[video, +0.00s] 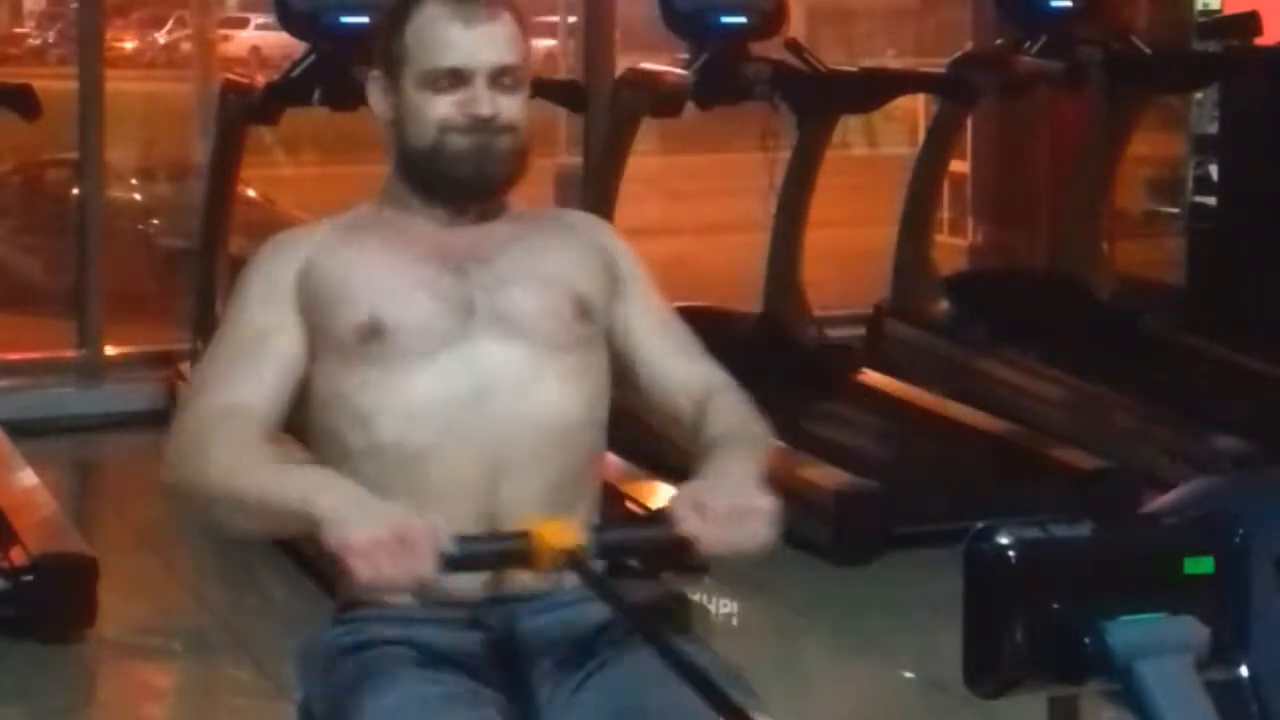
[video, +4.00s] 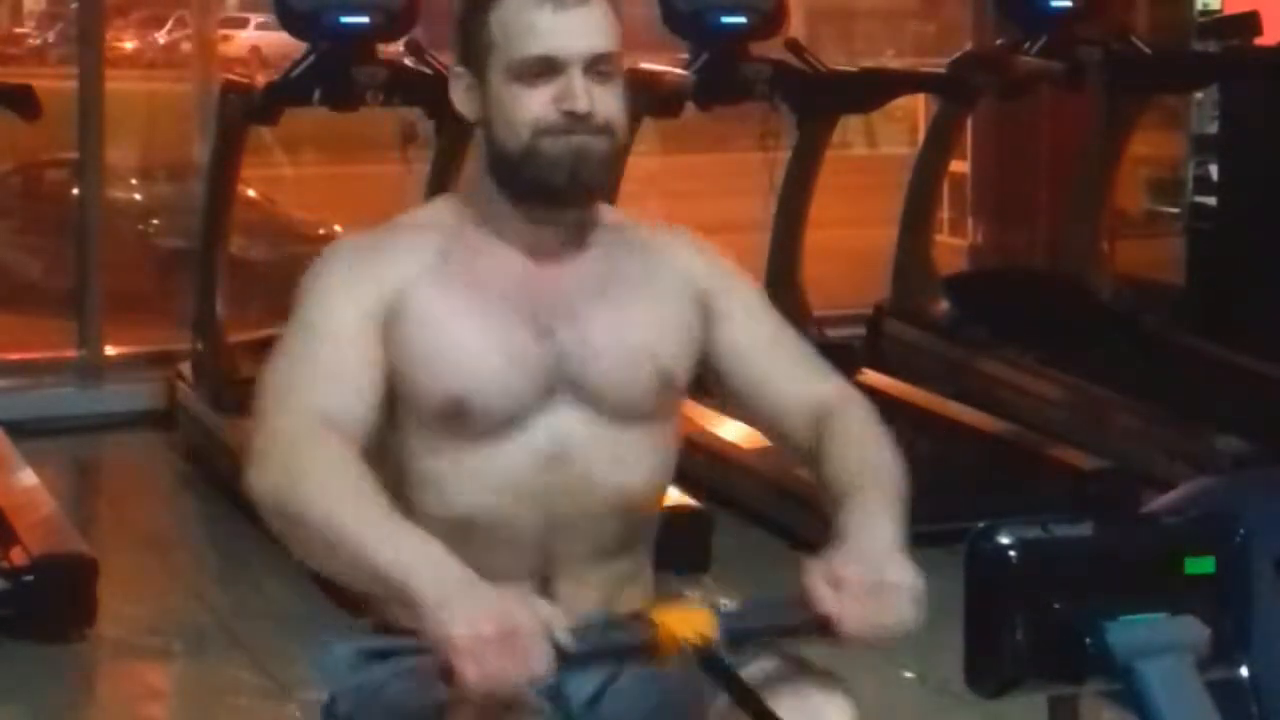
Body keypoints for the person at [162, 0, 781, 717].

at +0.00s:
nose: (485, 107)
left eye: (506, 83)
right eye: (449, 83)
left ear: (529, 98)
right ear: (383, 98)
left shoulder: (587, 251)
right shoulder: (305, 264)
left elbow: (713, 404)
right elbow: (205, 448)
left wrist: (733, 472)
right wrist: (337, 501)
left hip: (587, 621)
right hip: (400, 632)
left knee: (703, 706)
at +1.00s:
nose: (702, 165)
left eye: (726, 127)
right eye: (655, 131)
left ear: (754, 145)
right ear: (571, 151)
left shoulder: (821, 345)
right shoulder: (453, 364)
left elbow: (944, 523)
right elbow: (499, 586)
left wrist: (1059, 697)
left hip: (701, 674)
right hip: (510, 686)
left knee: (860, 671)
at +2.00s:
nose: (495, 158)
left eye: (519, 130)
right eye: (462, 128)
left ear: (545, 121)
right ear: (402, 110)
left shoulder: (593, 251)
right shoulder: (307, 266)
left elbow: (714, 405)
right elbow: (176, 458)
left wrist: (709, 483)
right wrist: (323, 524)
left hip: (598, 610)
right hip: (408, 623)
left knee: (743, 711)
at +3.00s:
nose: (627, 113)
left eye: (654, 81)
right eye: (583, 82)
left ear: (683, 106)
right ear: (511, 113)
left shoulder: (746, 299)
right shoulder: (404, 301)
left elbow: (889, 467)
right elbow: (419, 513)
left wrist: (1004, 652)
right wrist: (550, 698)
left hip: (655, 641)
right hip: (455, 652)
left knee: (836, 682)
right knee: (492, 715)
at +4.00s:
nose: (579, 100)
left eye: (602, 73)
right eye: (539, 74)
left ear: (625, 91)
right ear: (468, 93)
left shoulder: (681, 272)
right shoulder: (371, 274)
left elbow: (831, 415)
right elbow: (292, 460)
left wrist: (871, 537)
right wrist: (450, 593)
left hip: (631, 647)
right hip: (434, 653)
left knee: (817, 706)